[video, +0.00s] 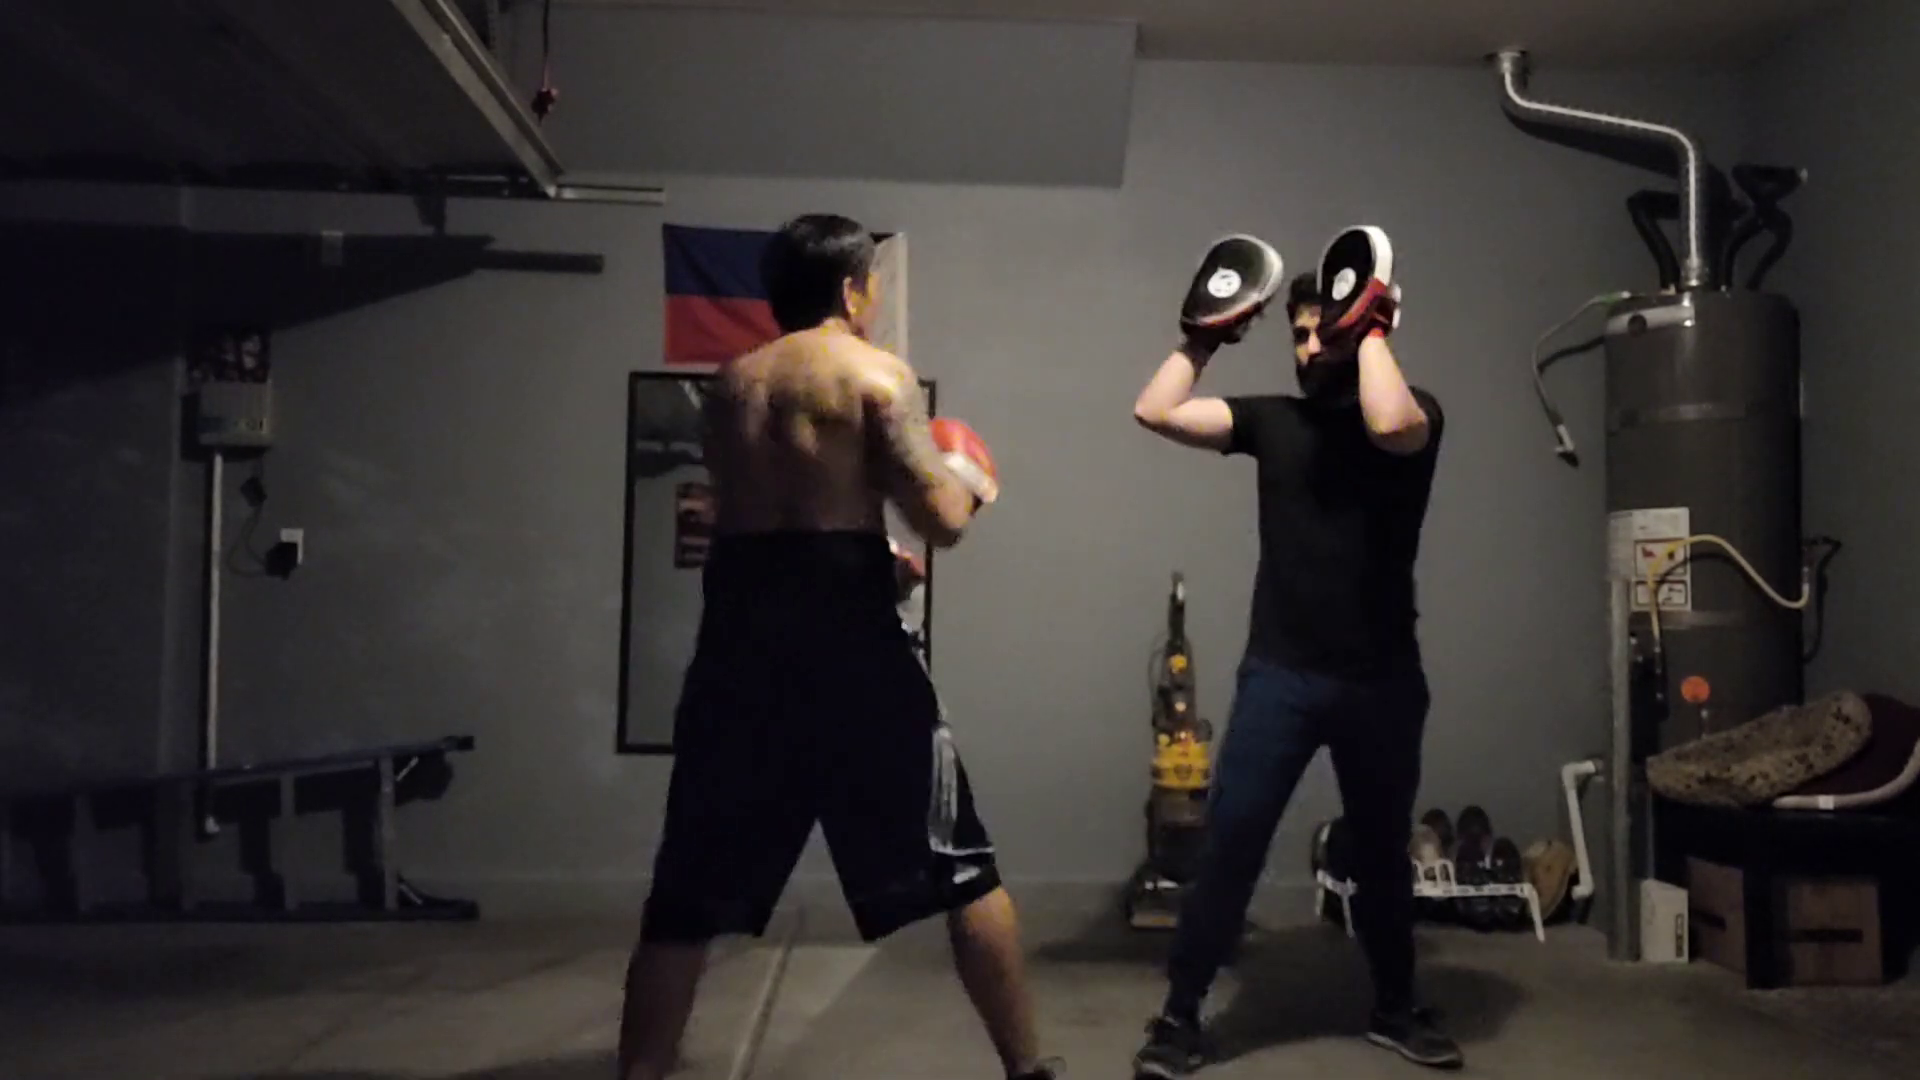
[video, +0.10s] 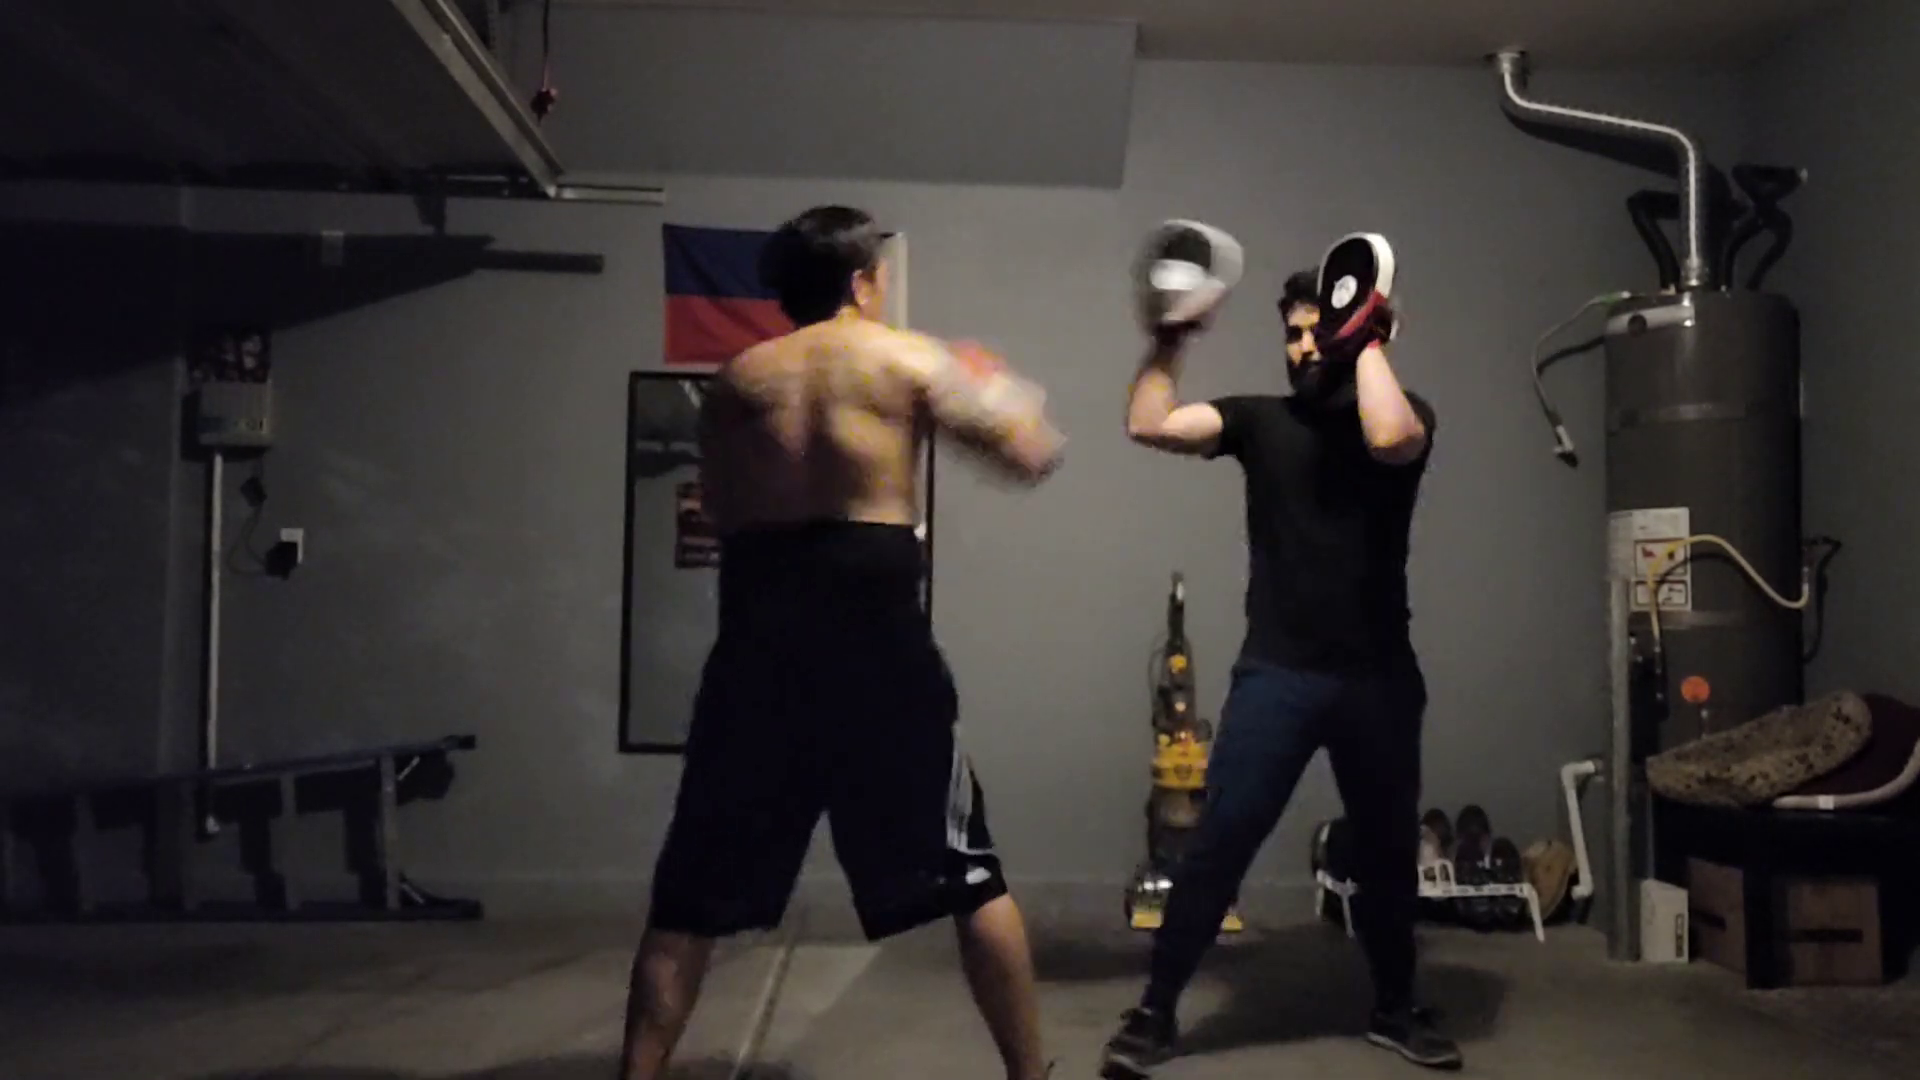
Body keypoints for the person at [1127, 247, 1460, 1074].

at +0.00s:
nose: (1317, 345)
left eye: (1333, 330)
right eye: (1304, 332)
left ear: (1365, 335)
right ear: (1290, 340)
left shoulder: (1407, 412)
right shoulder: (1271, 416)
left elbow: (1391, 424)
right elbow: (1156, 411)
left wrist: (1371, 332)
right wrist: (1204, 335)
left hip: (1380, 676)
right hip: (1281, 670)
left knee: (1383, 855)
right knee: (1230, 842)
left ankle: (1396, 1011)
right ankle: (1180, 1016)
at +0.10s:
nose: (1305, 345)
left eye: (1319, 330)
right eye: (1295, 332)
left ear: (1356, 335)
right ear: (1282, 341)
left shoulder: (1400, 413)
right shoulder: (1260, 418)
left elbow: (1390, 436)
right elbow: (1149, 423)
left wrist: (1366, 338)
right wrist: (1169, 336)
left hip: (1377, 675)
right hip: (1278, 670)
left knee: (1389, 853)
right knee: (1222, 837)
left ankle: (1396, 1009)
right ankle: (1155, 1011)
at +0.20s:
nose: (1289, 349)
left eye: (1302, 336)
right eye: (1277, 338)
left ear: (1336, 340)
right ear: (1262, 346)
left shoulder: (1377, 420)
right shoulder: (1238, 420)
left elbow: (1372, 448)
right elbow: (1132, 397)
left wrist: (1347, 353)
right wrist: (1075, 327)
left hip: (1367, 678)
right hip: (1268, 678)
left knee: (1386, 855)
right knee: (1212, 845)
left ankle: (1396, 1010)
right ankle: (1145, 1012)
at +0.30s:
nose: (1255, 354)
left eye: (1271, 339)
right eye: (1247, 341)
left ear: (1308, 341)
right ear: (1237, 346)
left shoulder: (1351, 415)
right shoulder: (1218, 422)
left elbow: (1307, 440)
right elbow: (1112, 426)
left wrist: (1299, 344)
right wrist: (1106, 351)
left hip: (1336, 679)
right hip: (1241, 676)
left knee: (1360, 847)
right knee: (1191, 836)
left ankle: (1396, 1006)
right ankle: (1143, 1013)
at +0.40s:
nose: (1237, 343)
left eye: (1253, 330)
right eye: (1228, 332)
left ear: (1296, 336)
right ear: (1218, 341)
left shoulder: (1327, 411)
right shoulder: (1207, 425)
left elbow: (1249, 426)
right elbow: (1100, 443)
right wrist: (1103, 363)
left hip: (1312, 678)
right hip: (1217, 678)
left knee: (1354, 847)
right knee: (1170, 842)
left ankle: (1395, 1008)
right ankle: (1143, 1014)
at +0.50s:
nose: (1226, 345)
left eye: (1242, 330)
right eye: (1217, 332)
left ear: (1285, 334)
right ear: (1206, 339)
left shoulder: (1319, 409)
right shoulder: (1192, 414)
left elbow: (1271, 436)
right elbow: (1105, 437)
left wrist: (1193, 365)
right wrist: (1083, 358)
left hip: (1305, 678)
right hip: (1207, 678)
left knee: (1355, 845)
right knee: (1166, 845)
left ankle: (1397, 1005)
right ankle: (1142, 1012)